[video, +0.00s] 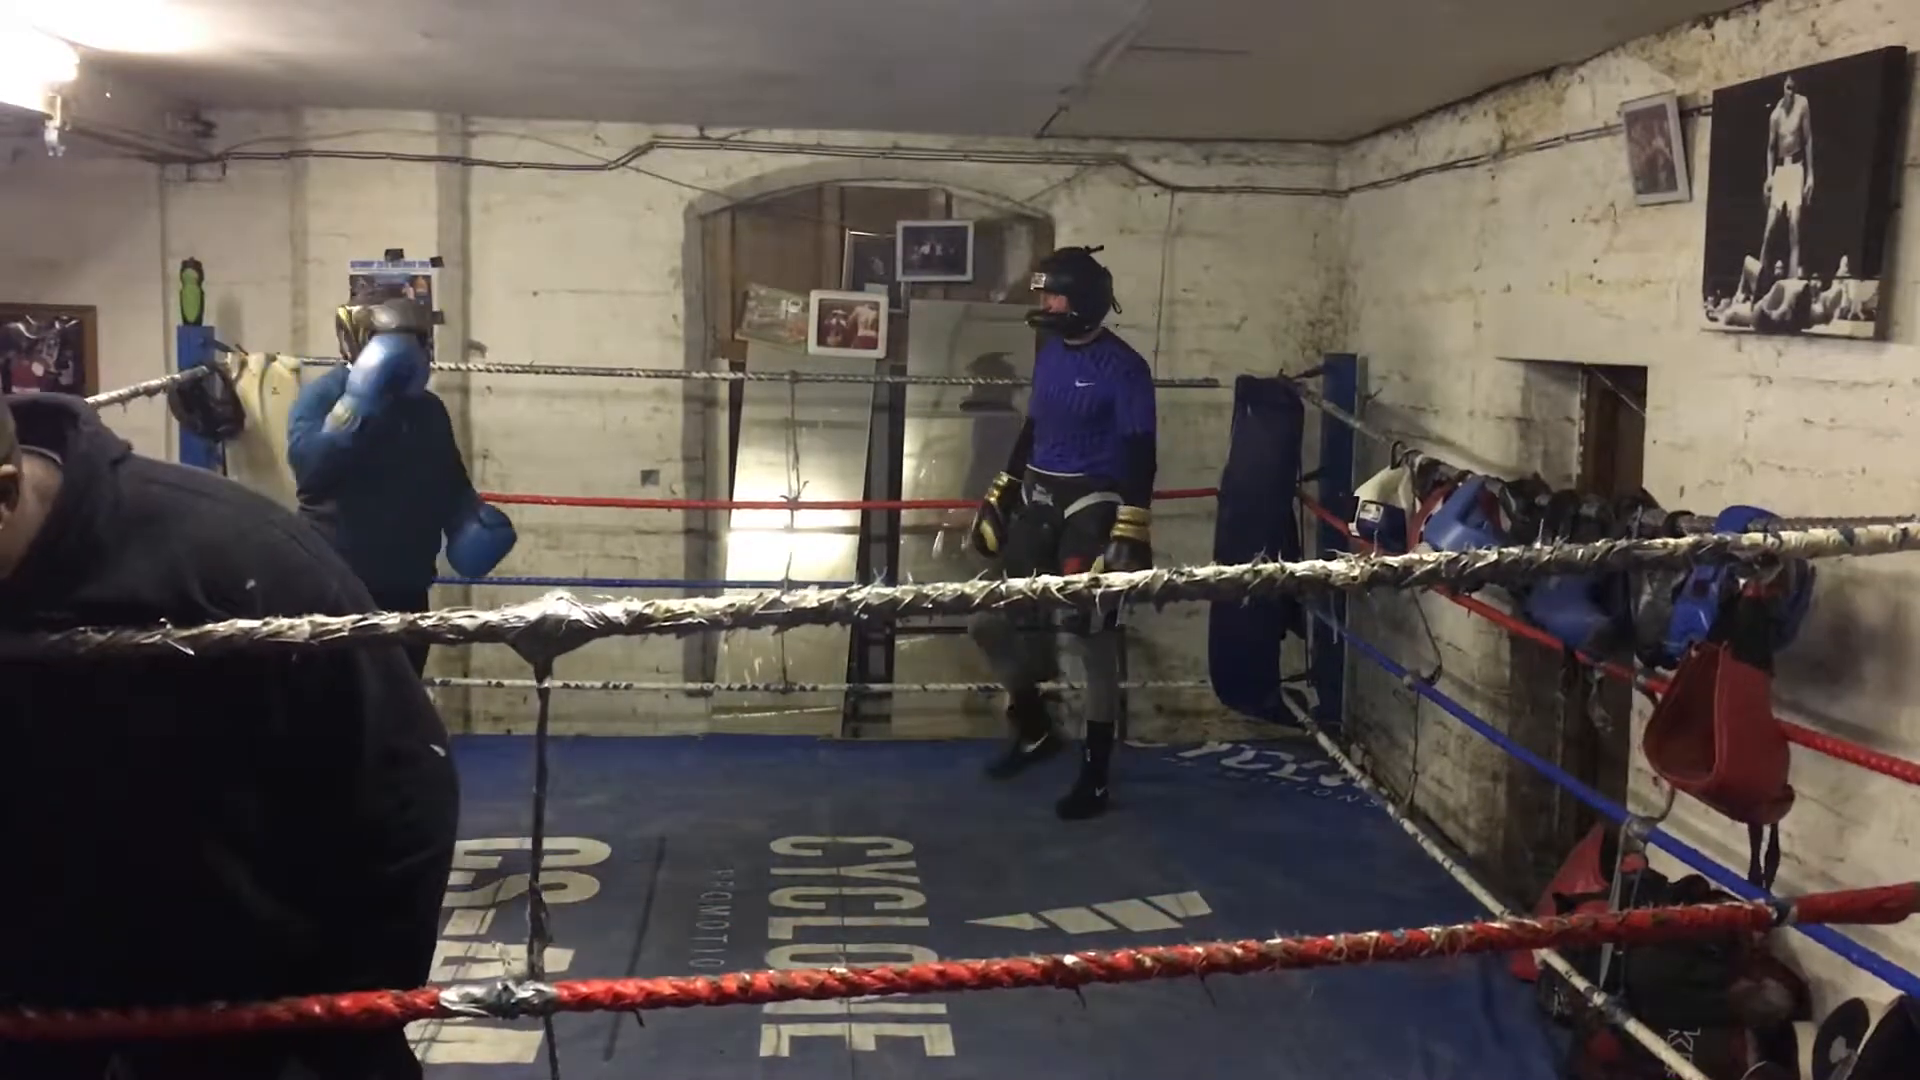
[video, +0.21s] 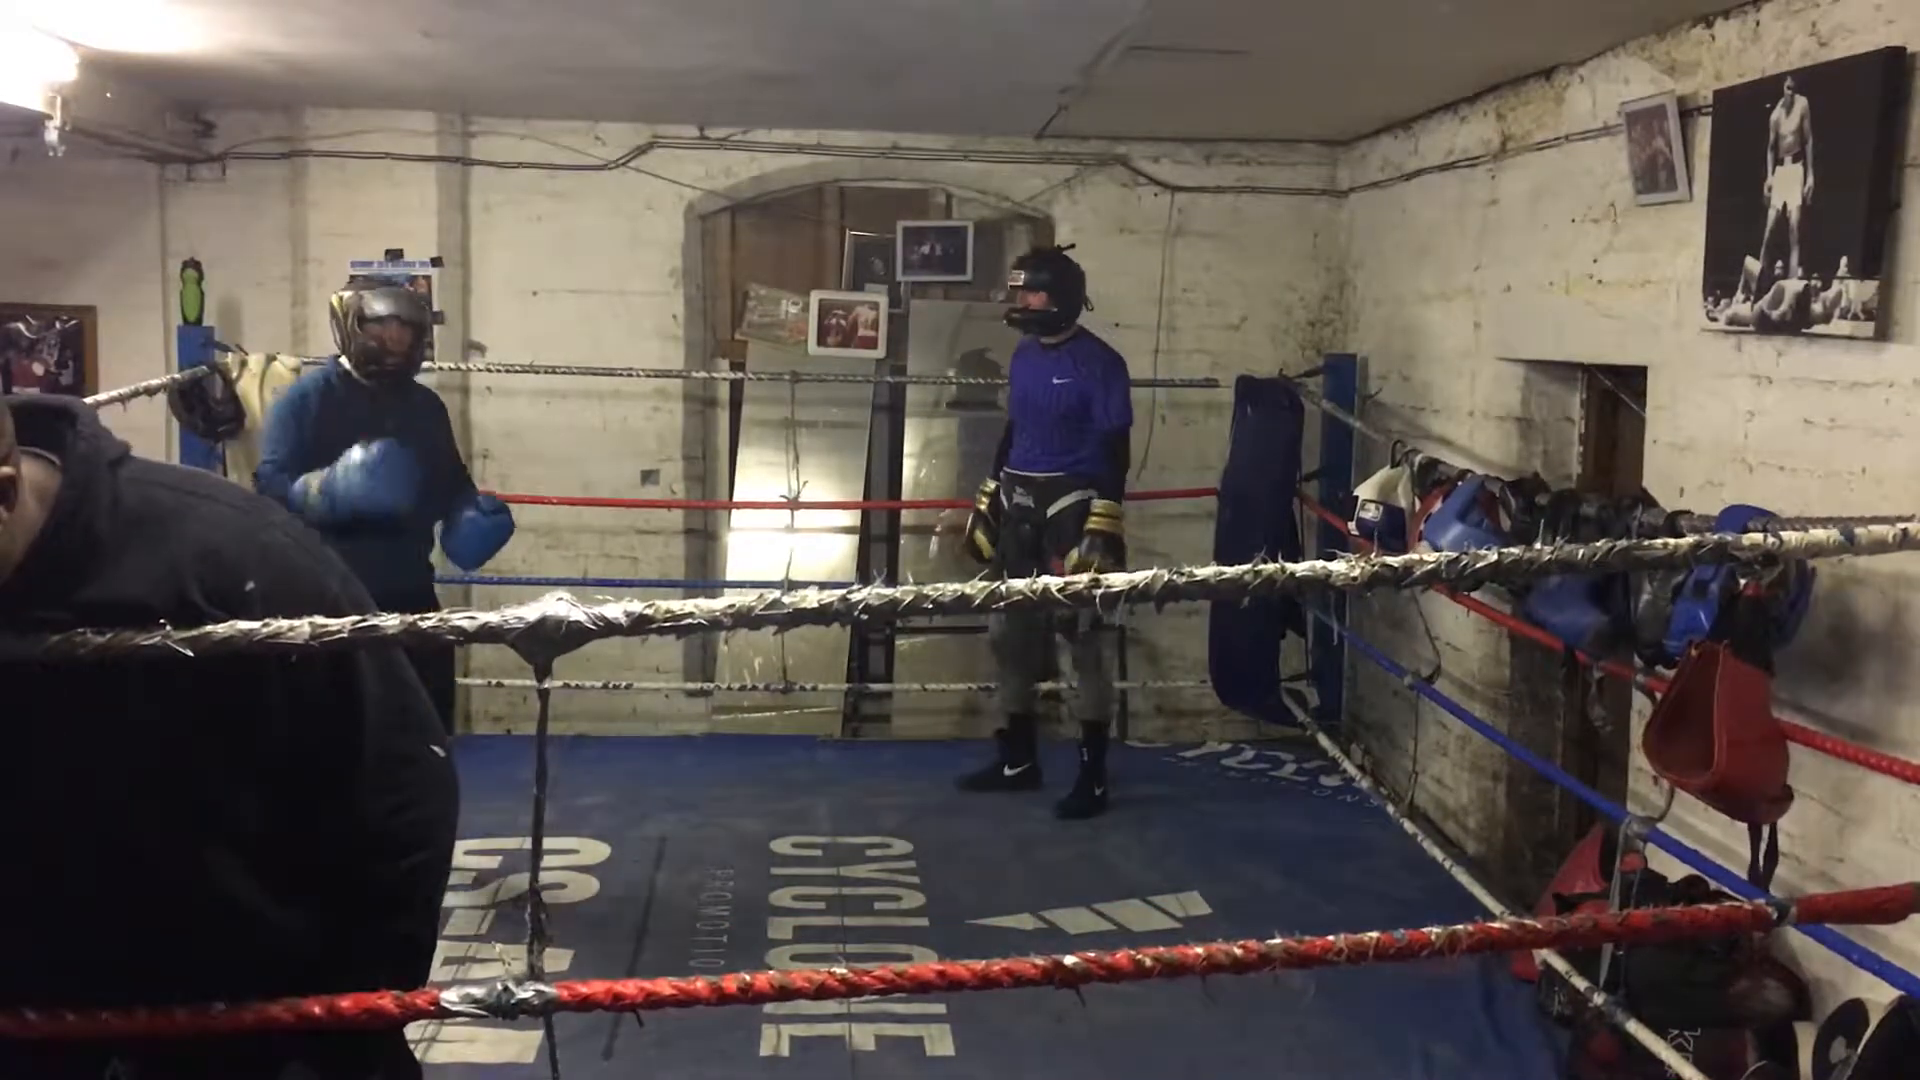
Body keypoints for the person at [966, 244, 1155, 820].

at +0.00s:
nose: (1043, 307)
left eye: (1054, 297)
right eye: (1042, 296)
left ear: (1083, 302)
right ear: (1048, 301)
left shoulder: (1125, 367)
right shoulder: (1048, 353)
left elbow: (1141, 454)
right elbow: (1032, 429)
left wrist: (1133, 525)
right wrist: (1000, 495)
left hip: (1096, 505)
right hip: (1038, 500)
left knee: (1093, 630)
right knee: (994, 621)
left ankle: (1096, 771)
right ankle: (1034, 729)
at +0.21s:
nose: (1020, 302)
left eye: (1031, 291)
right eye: (1019, 291)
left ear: (1061, 298)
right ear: (1026, 298)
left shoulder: (1101, 363)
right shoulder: (1023, 358)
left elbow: (1115, 452)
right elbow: (1013, 434)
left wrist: (1104, 527)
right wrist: (987, 506)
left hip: (1076, 512)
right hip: (1021, 509)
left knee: (1085, 638)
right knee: (1013, 633)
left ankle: (1093, 772)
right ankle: (1017, 759)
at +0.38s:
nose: (1002, 297)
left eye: (1013, 288)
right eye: (1002, 288)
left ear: (1041, 295)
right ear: (1013, 296)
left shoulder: (1079, 359)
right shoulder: (1003, 357)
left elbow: (1090, 450)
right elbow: (991, 435)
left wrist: (1071, 525)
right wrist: (967, 506)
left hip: (1056, 514)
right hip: (1003, 511)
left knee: (1069, 637)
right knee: (1012, 635)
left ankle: (1088, 771)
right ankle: (1019, 760)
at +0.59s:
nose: (983, 297)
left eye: (994, 287)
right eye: (980, 287)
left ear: (1023, 293)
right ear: (979, 295)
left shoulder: (1055, 358)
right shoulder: (979, 357)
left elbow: (1068, 447)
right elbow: (967, 430)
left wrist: (1043, 514)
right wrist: (943, 500)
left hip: (1033, 510)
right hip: (979, 508)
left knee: (1051, 631)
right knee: (997, 633)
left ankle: (1086, 770)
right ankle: (1017, 759)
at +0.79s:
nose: (961, 299)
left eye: (973, 290)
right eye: (959, 290)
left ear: (1000, 297)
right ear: (960, 297)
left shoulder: (1032, 356)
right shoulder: (958, 356)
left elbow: (1049, 443)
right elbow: (943, 429)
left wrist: (1031, 519)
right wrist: (920, 501)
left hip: (1011, 510)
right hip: (959, 508)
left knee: (1010, 636)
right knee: (982, 636)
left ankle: (1059, 760)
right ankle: (1014, 756)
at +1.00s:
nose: (943, 301)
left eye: (955, 291)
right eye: (937, 291)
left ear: (982, 296)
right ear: (931, 296)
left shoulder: (1019, 356)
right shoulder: (938, 356)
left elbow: (1049, 439)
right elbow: (928, 430)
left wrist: (1036, 507)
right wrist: (907, 496)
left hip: (1006, 499)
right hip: (951, 500)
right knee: (955, 620)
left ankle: (1015, 749)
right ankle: (1013, 754)